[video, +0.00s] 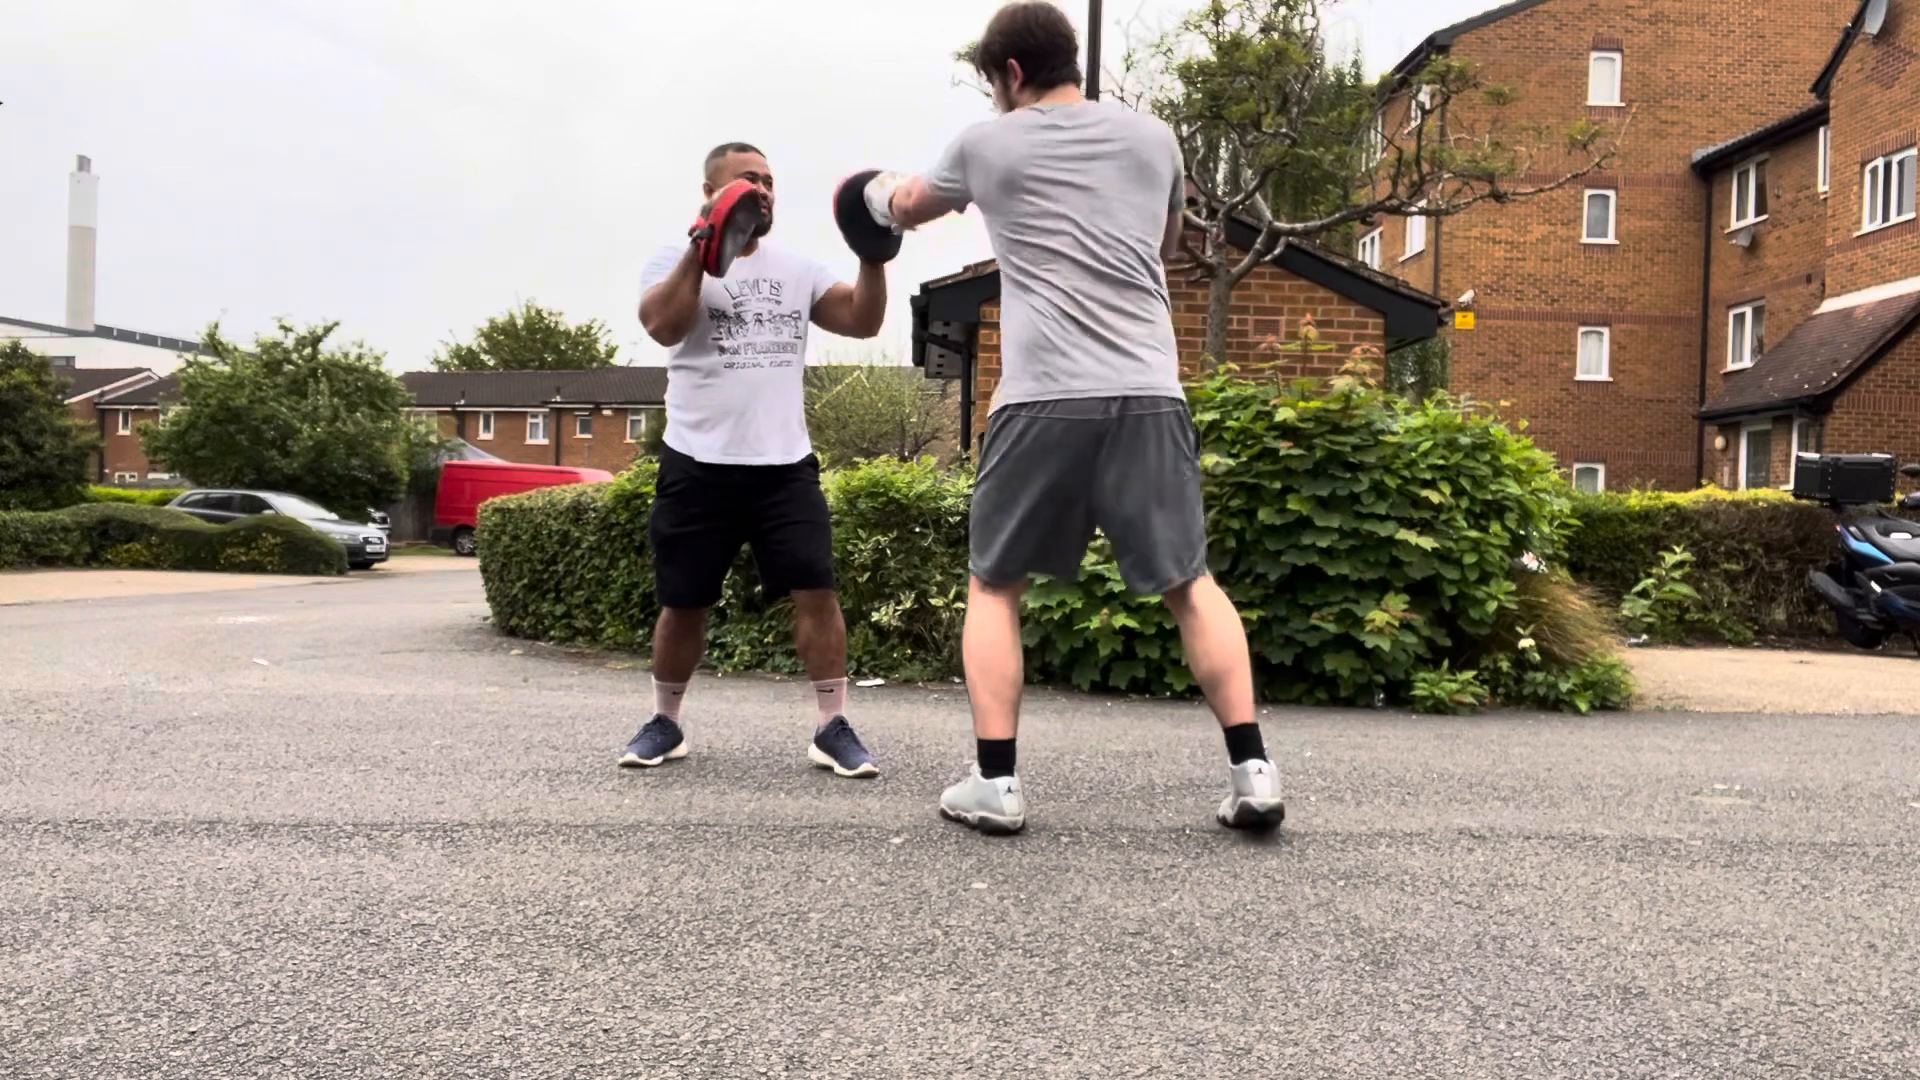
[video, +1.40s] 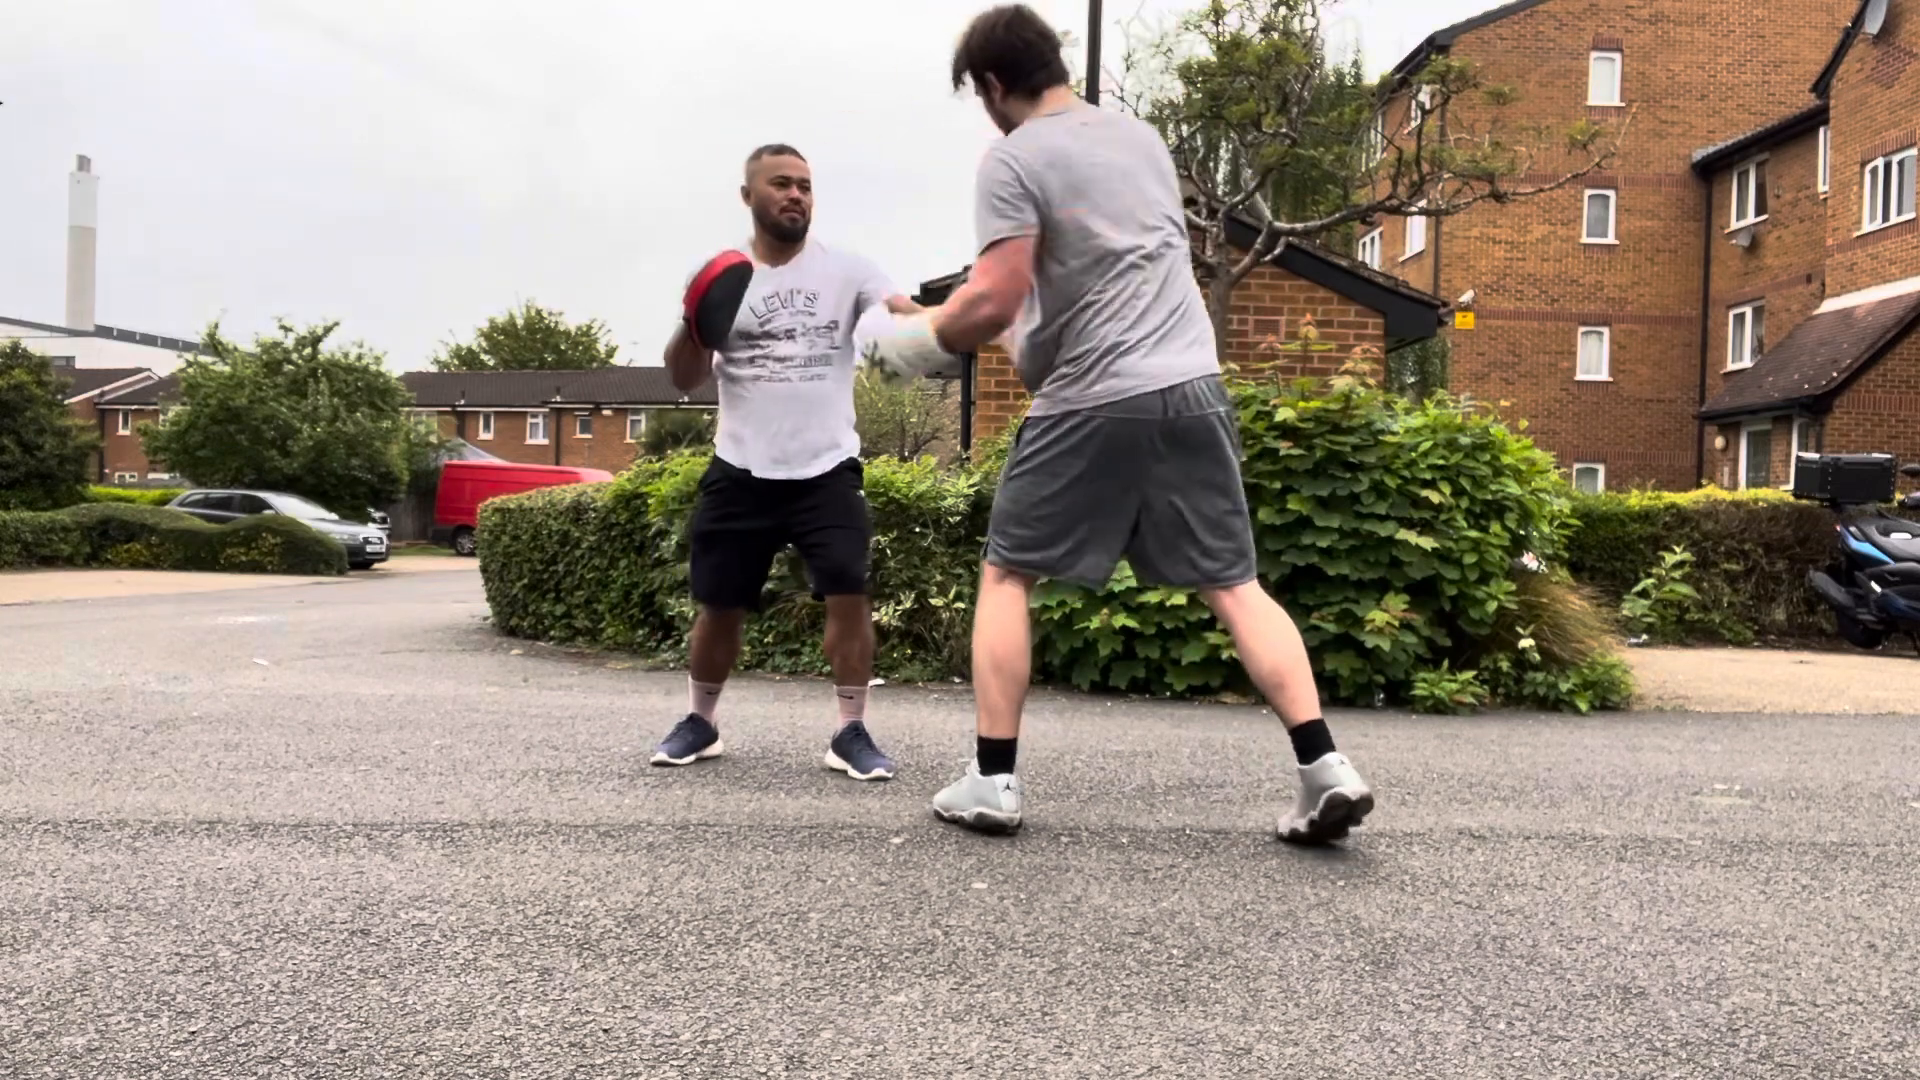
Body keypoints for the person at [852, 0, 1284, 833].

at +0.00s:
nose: (991, 93)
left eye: (990, 82)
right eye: (989, 82)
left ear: (1012, 73)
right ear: (1076, 64)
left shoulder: (989, 141)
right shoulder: (1153, 136)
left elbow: (910, 208)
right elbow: (1161, 241)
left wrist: (891, 188)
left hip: (1042, 400)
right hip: (1152, 397)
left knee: (994, 584)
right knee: (1191, 581)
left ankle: (997, 780)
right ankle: (1252, 767)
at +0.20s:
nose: (938, 97)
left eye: (936, 82)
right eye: (934, 83)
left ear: (959, 71)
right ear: (1020, 63)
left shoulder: (976, 144)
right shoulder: (1090, 128)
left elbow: (925, 295)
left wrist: (892, 286)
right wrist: (936, 178)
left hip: (1071, 380)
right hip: (1166, 372)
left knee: (1006, 579)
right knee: (1180, 573)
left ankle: (995, 783)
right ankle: (1260, 764)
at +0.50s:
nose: (994, 82)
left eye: (994, 64)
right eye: (991, 66)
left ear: (1020, 52)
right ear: (1076, 48)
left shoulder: (1044, 137)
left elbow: (983, 268)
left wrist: (948, 194)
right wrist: (998, 165)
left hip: (1093, 392)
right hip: (1188, 380)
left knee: (1013, 573)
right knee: (1217, 575)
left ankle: (997, 782)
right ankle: (1315, 762)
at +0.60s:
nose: (1071, 78)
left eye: (1070, 62)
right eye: (1071, 63)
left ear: (1090, 54)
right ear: (1160, 49)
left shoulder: (1066, 139)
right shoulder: (1227, 139)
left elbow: (1003, 253)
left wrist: (1021, 173)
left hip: (1088, 408)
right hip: (1201, 403)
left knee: (1011, 579)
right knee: (1241, 596)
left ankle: (999, 781)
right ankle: (1322, 786)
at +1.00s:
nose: (1027, 85)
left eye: (1025, 71)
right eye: (1025, 72)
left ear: (1048, 61)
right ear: (1110, 56)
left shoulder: (1042, 141)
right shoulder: (1183, 140)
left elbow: (978, 274)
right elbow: (1165, 245)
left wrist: (1049, 238)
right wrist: (1041, 241)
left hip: (1102, 400)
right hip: (1203, 393)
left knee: (1013, 581)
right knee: (1245, 591)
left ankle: (992, 783)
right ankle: (1325, 788)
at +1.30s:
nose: (955, 123)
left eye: (949, 105)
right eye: (949, 108)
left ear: (966, 96)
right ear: (1027, 80)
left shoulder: (1026, 163)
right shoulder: (1082, 144)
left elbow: (1058, 294)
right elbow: (1058, 269)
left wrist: (968, 352)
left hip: (1106, 399)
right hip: (1198, 386)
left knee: (1009, 571)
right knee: (1231, 575)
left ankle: (993, 780)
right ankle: (1329, 763)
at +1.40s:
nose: (983, 108)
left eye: (979, 93)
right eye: (978, 94)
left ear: (993, 84)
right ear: (1061, 68)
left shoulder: (1014, 156)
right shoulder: (1141, 135)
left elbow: (998, 296)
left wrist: (929, 342)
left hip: (1089, 400)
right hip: (1195, 386)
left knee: (1007, 572)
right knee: (1233, 580)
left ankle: (993, 779)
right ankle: (1324, 764)